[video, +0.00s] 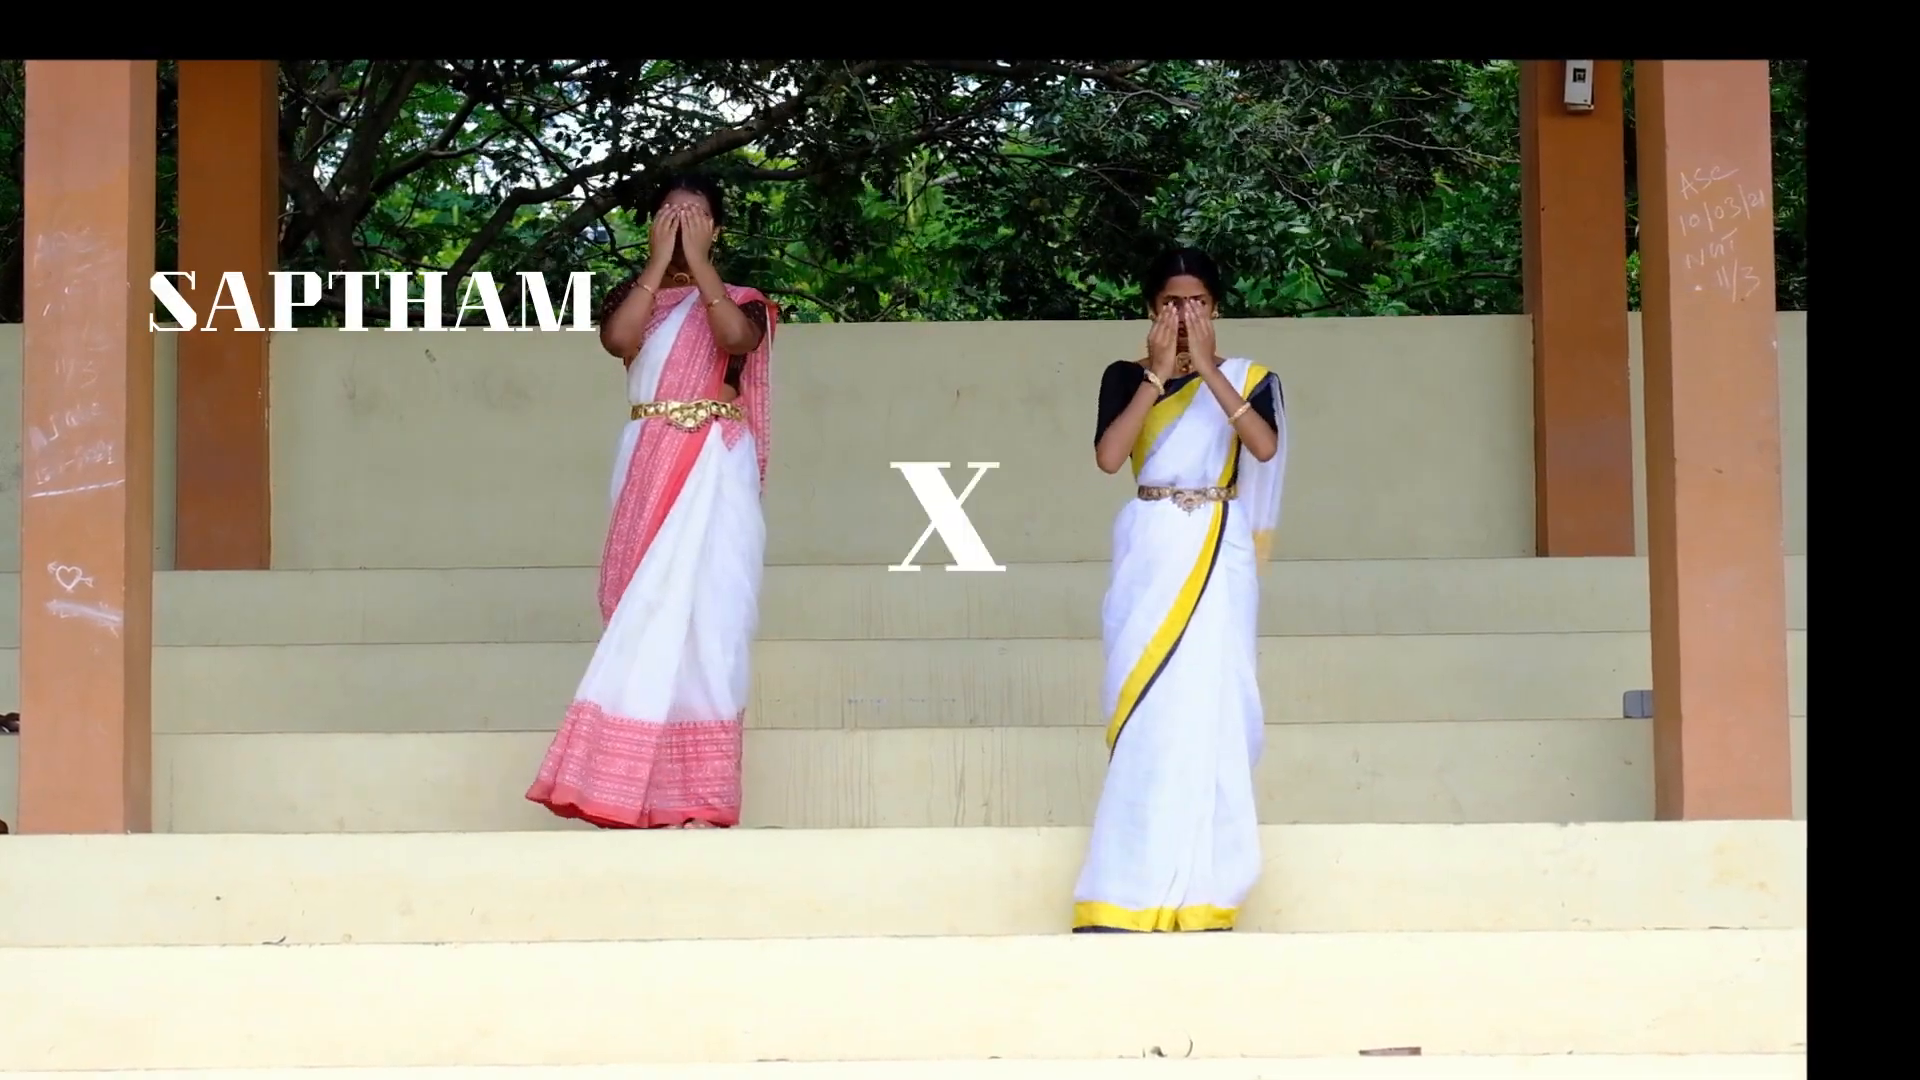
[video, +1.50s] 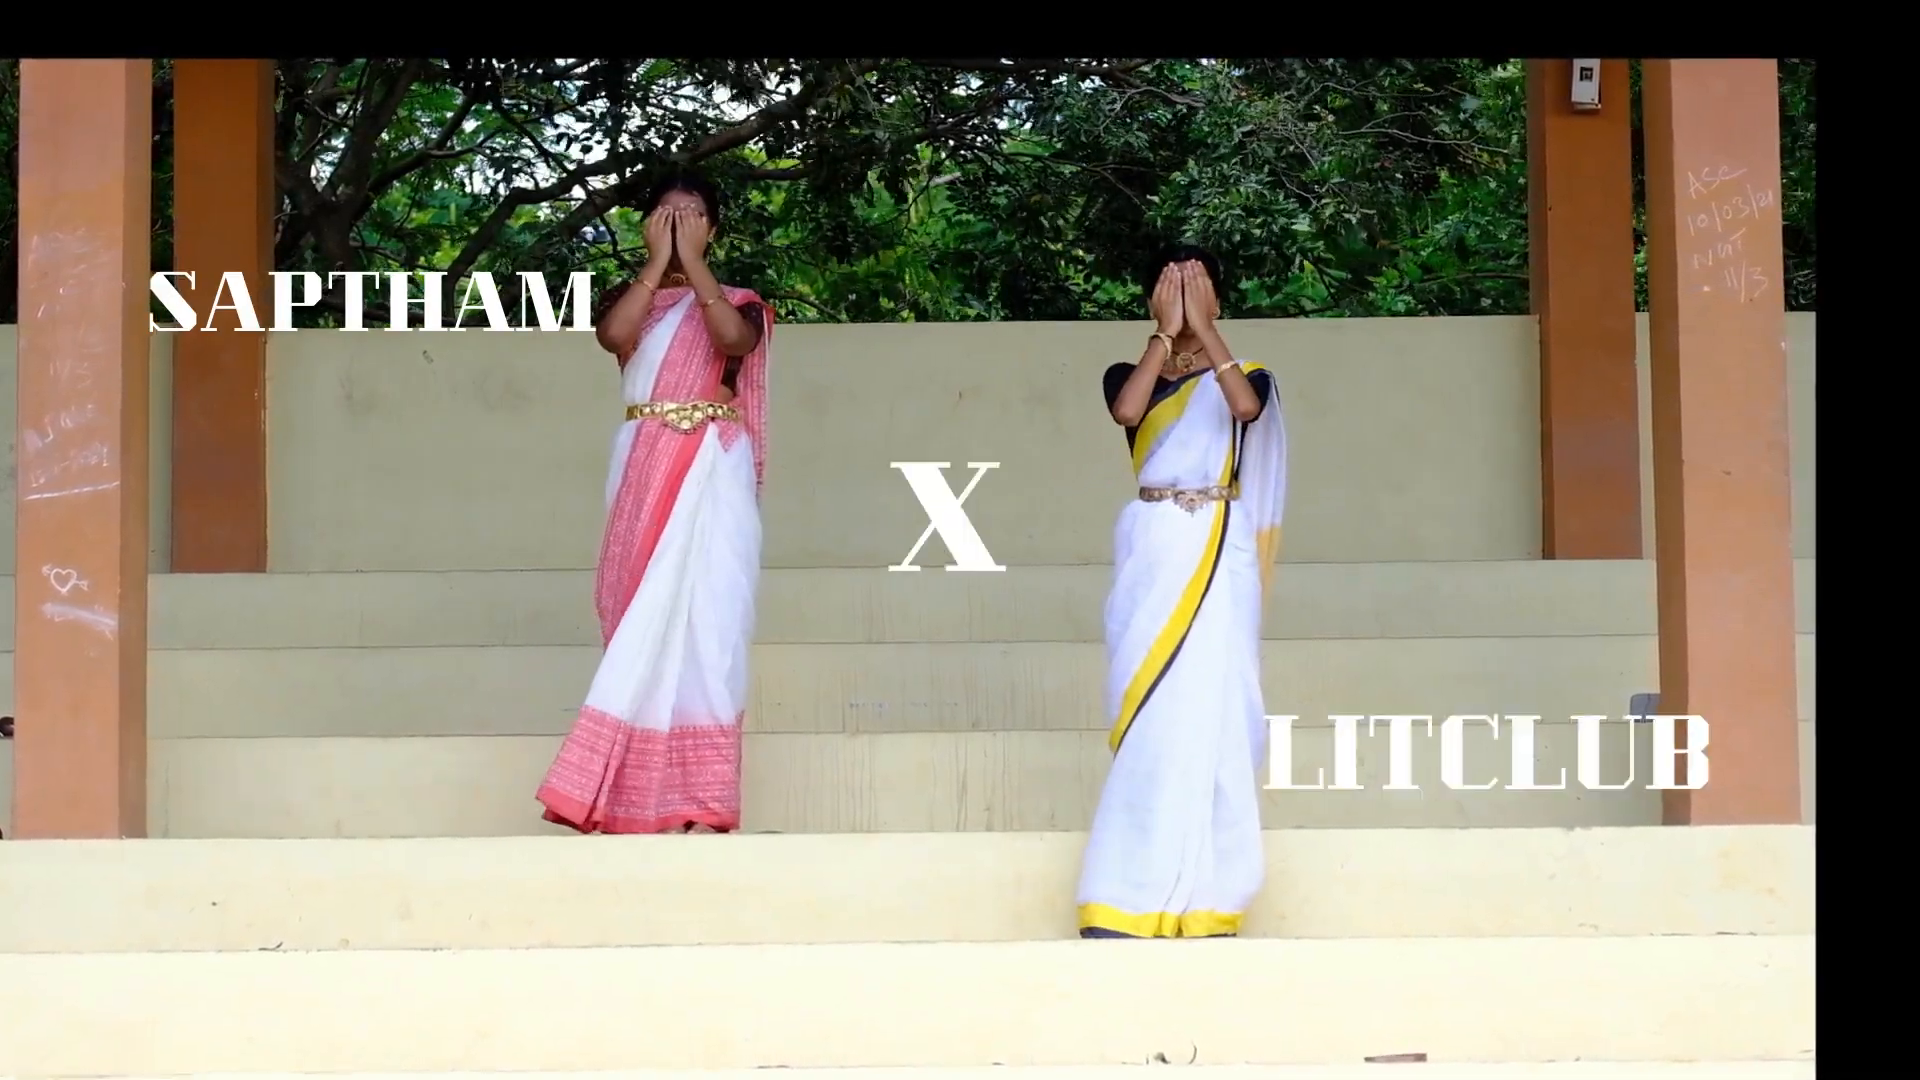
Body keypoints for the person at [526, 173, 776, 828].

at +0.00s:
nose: (681, 225)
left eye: (694, 213)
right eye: (671, 214)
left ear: (716, 229)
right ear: (655, 228)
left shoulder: (744, 302)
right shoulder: (636, 298)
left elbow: (735, 336)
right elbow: (621, 340)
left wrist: (700, 258)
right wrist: (655, 259)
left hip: (714, 474)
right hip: (647, 471)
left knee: (703, 623)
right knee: (646, 618)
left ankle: (698, 797)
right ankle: (633, 792)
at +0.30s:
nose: (684, 224)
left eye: (695, 213)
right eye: (672, 214)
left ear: (717, 226)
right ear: (655, 227)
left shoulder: (742, 303)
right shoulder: (637, 302)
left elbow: (732, 336)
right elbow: (619, 334)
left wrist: (698, 259)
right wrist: (654, 256)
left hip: (714, 472)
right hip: (646, 470)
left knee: (706, 622)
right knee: (640, 616)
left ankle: (698, 796)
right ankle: (629, 790)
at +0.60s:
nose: (677, 225)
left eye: (690, 215)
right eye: (666, 214)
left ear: (712, 227)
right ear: (650, 227)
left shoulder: (738, 301)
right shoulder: (634, 299)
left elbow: (736, 341)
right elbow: (616, 337)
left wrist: (694, 262)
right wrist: (655, 261)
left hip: (714, 473)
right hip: (646, 472)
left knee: (707, 623)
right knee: (638, 616)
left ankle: (696, 796)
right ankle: (624, 793)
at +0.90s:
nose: (677, 227)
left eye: (690, 215)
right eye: (665, 215)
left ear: (713, 230)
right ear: (648, 230)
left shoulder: (739, 305)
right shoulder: (629, 302)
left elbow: (733, 339)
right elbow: (617, 336)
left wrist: (696, 260)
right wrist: (653, 261)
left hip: (712, 477)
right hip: (643, 475)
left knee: (702, 627)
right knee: (639, 623)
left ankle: (698, 800)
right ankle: (621, 796)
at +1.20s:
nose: (677, 227)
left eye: (691, 216)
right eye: (666, 215)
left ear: (714, 229)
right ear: (648, 228)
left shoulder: (742, 302)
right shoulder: (632, 299)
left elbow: (735, 340)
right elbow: (616, 335)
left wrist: (695, 258)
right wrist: (657, 261)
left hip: (713, 475)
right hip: (644, 474)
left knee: (706, 626)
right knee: (638, 623)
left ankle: (702, 800)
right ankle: (631, 797)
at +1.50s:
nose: (677, 224)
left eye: (690, 213)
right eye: (666, 213)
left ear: (713, 228)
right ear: (648, 227)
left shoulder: (741, 304)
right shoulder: (629, 301)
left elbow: (734, 339)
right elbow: (618, 336)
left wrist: (696, 261)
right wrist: (655, 261)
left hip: (713, 478)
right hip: (643, 477)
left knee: (705, 628)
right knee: (639, 625)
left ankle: (703, 802)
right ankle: (631, 799)